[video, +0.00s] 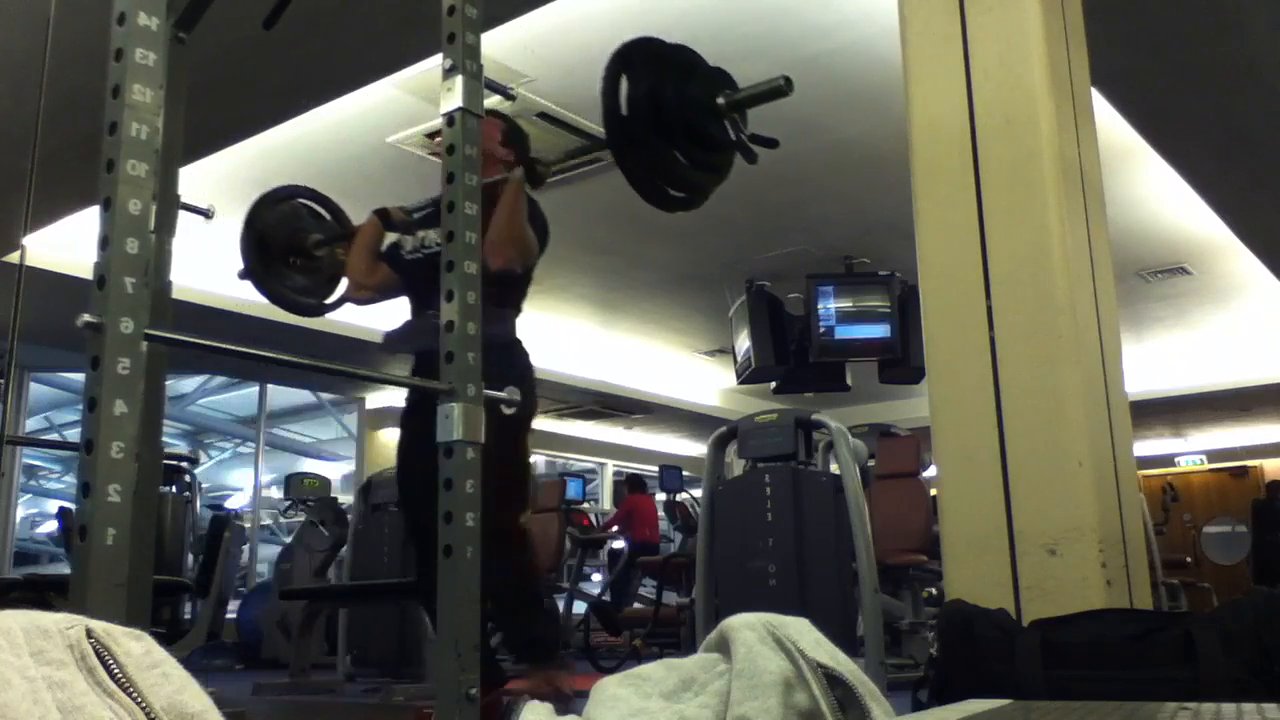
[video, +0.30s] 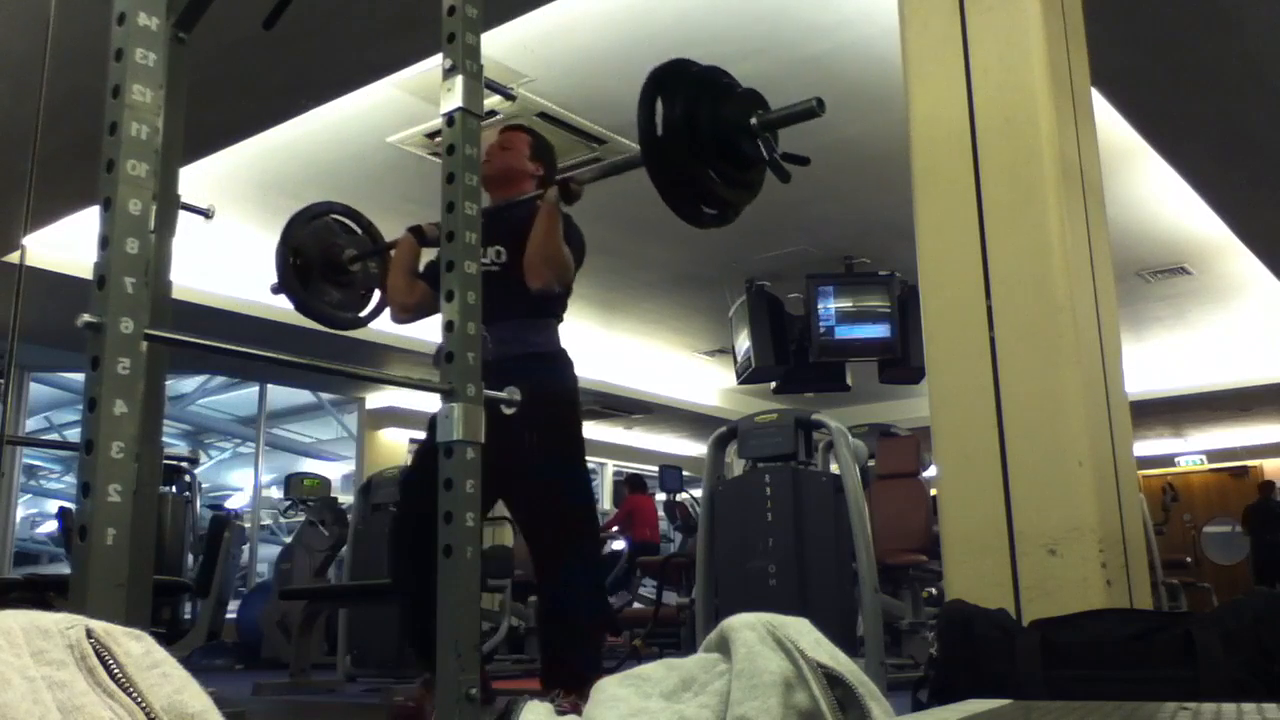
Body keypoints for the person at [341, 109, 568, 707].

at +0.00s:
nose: (457, 148)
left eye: (472, 139)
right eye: (456, 138)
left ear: (506, 156)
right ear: (447, 152)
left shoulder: (523, 212)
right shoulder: (433, 218)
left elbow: (500, 255)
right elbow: (361, 281)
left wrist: (514, 178)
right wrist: (379, 218)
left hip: (496, 380)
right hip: (433, 383)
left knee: (497, 526)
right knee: (428, 528)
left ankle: (541, 661)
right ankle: (466, 672)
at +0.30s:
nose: (492, 146)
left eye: (508, 142)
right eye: (489, 142)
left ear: (538, 169)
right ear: (480, 168)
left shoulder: (553, 220)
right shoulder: (465, 230)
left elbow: (544, 276)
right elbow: (404, 301)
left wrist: (549, 198)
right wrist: (410, 238)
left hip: (536, 389)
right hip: (465, 396)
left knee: (562, 541)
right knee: (417, 532)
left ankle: (569, 689)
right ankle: (444, 679)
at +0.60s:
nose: (501, 162)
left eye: (516, 156)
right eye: (501, 155)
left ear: (547, 178)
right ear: (497, 177)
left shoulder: (561, 227)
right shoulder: (475, 239)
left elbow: (554, 280)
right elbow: (410, 305)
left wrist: (560, 202)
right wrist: (420, 241)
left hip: (532, 396)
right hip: (468, 399)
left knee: (564, 545)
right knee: (440, 544)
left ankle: (610, 684)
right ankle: (458, 687)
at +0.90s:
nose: (513, 163)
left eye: (528, 157)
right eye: (512, 159)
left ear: (558, 179)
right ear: (507, 182)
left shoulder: (571, 230)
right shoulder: (480, 240)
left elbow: (557, 283)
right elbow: (416, 303)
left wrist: (571, 205)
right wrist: (433, 239)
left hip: (544, 389)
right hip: (477, 395)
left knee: (573, 549)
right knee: (458, 547)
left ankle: (609, 694)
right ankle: (455, 691)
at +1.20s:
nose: (511, 163)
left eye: (526, 155)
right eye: (509, 158)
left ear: (559, 176)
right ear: (506, 180)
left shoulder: (572, 228)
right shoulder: (482, 240)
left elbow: (550, 268)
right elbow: (408, 292)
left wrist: (573, 202)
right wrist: (436, 236)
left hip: (542, 388)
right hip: (475, 395)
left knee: (574, 546)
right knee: (467, 545)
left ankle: (607, 693)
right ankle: (458, 690)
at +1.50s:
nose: (513, 164)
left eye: (527, 156)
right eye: (510, 159)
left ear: (561, 177)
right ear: (507, 181)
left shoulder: (573, 228)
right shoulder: (484, 242)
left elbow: (551, 267)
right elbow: (408, 289)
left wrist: (577, 201)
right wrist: (445, 230)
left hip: (539, 389)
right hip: (473, 395)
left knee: (572, 549)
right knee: (465, 548)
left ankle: (610, 695)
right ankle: (458, 692)